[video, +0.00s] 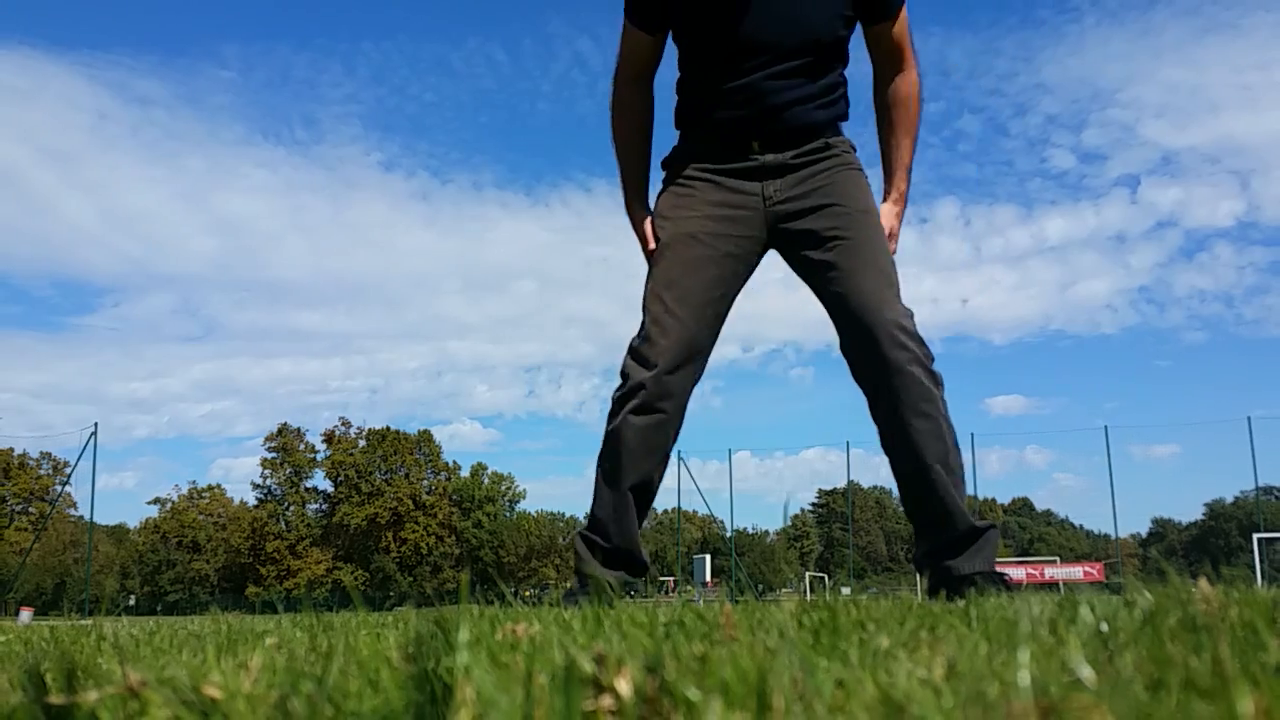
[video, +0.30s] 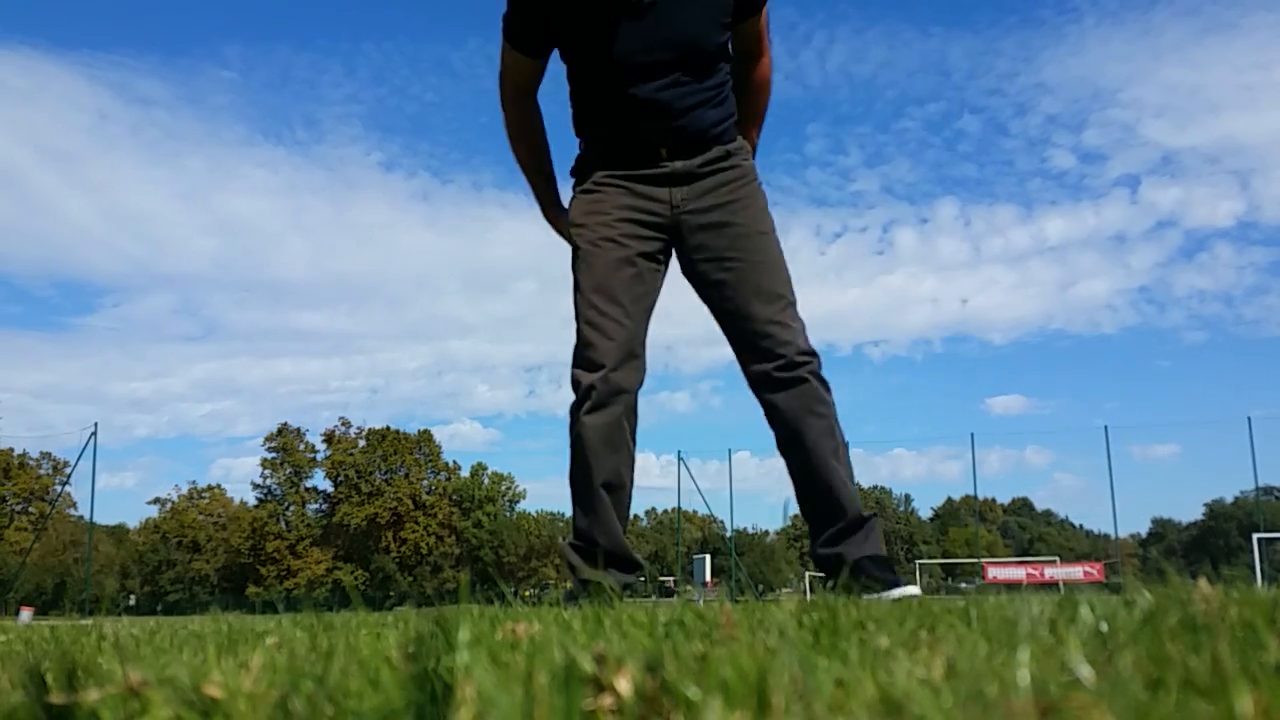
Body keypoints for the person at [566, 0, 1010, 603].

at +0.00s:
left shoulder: (868, 1)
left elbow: (895, 64)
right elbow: (632, 79)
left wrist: (895, 197)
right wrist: (637, 208)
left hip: (823, 171)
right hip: (708, 180)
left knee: (892, 344)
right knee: (657, 366)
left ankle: (961, 566)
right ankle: (604, 575)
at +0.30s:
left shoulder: (740, 3)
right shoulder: (541, 5)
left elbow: (753, 62)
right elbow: (517, 93)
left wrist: (739, 157)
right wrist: (552, 206)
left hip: (722, 178)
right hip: (615, 188)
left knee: (786, 359)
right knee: (605, 377)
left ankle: (855, 560)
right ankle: (600, 575)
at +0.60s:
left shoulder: (701, 5)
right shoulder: (510, 10)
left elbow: (721, 69)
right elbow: (493, 105)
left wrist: (717, 180)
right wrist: (541, 199)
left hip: (683, 194)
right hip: (581, 196)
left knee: (684, 391)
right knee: (587, 382)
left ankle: (659, 568)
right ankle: (594, 573)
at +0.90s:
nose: (640, 4)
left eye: (648, 1)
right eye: (631, 1)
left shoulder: (699, 24)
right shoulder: (545, 24)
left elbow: (708, 133)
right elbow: (490, 133)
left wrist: (700, 232)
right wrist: (525, 234)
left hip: (662, 230)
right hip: (573, 224)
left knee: (660, 409)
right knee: (582, 391)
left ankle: (643, 578)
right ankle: (594, 572)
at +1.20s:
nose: (686, 1)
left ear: (686, 3)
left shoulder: (699, 58)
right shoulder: (556, 36)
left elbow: (690, 157)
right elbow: (489, 130)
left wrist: (661, 237)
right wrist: (507, 234)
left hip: (648, 241)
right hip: (560, 229)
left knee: (651, 407)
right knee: (558, 374)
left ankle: (637, 577)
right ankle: (545, 570)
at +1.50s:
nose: (668, 3)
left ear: (666, 6)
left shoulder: (677, 65)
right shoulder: (527, 52)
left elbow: (671, 157)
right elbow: (462, 147)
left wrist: (648, 247)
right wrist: (477, 258)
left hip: (626, 249)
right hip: (534, 243)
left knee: (638, 413)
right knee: (521, 402)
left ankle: (636, 584)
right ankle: (500, 583)